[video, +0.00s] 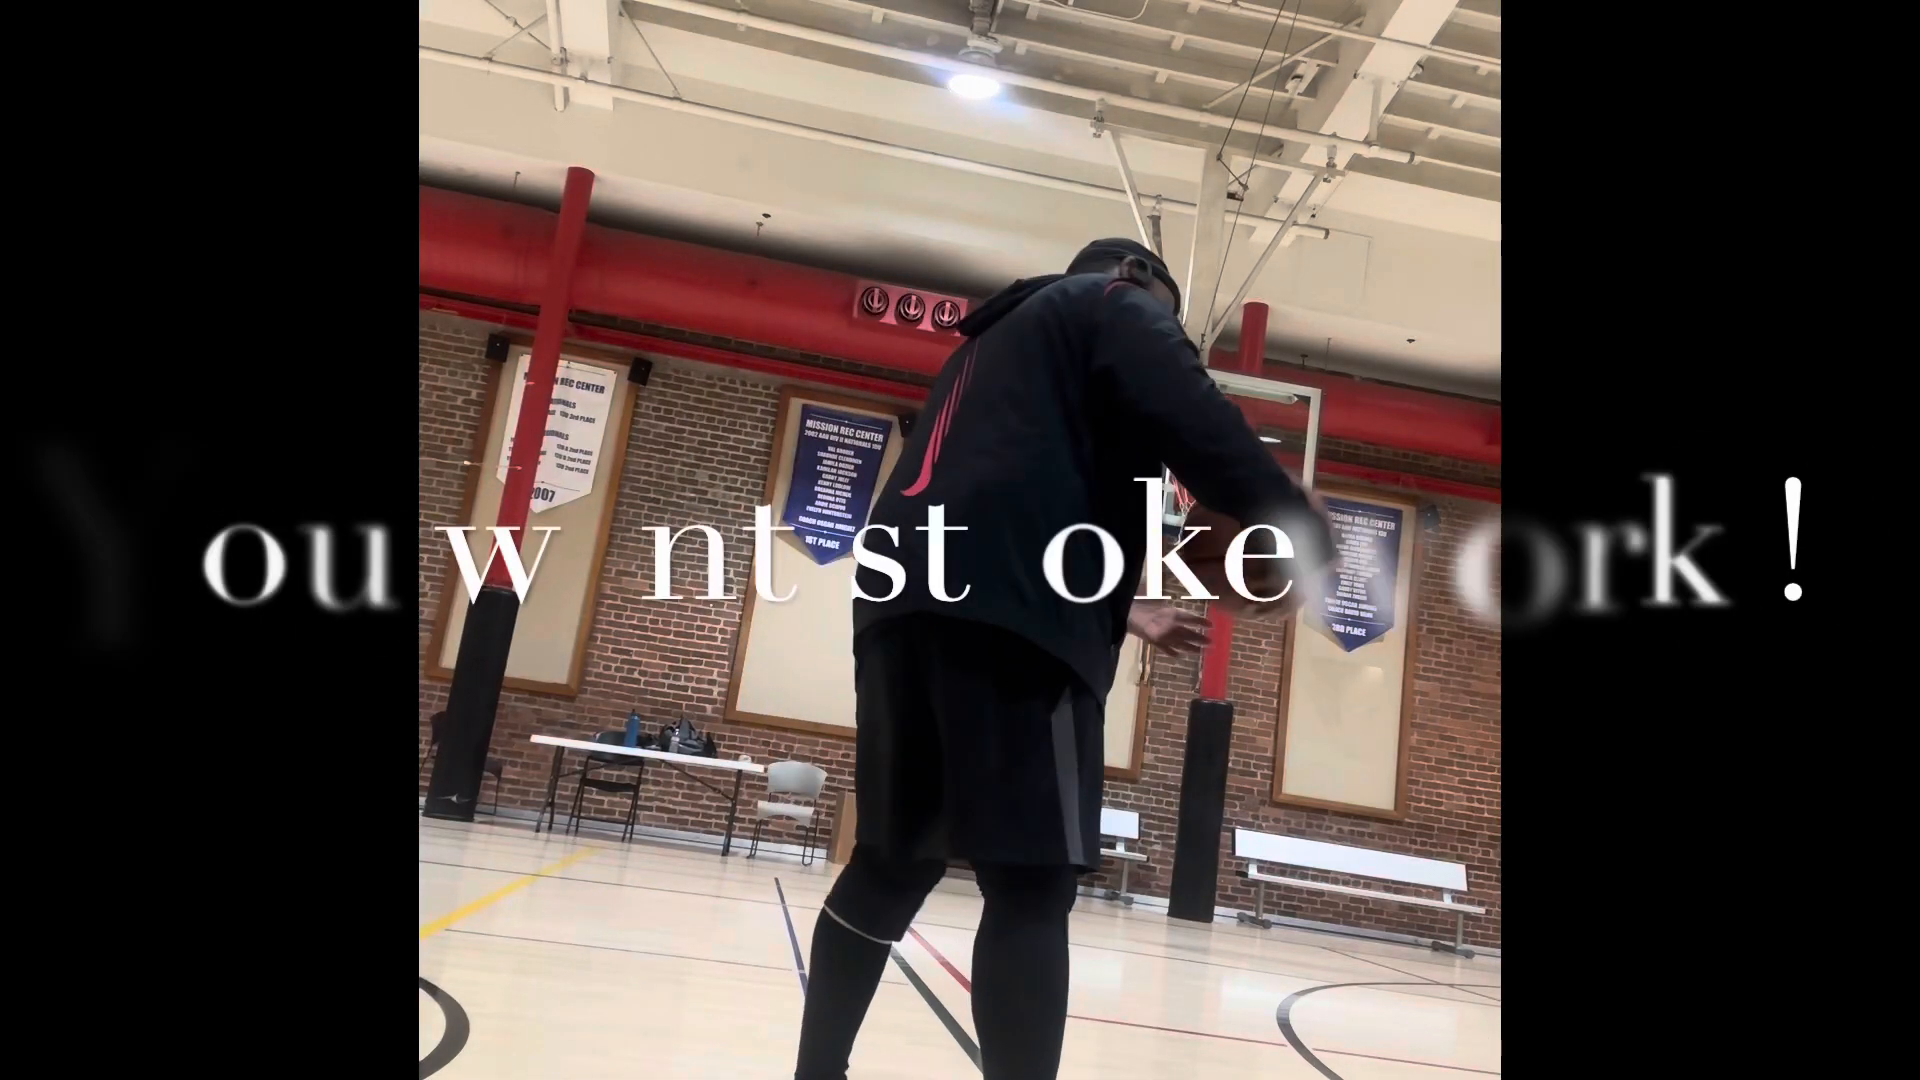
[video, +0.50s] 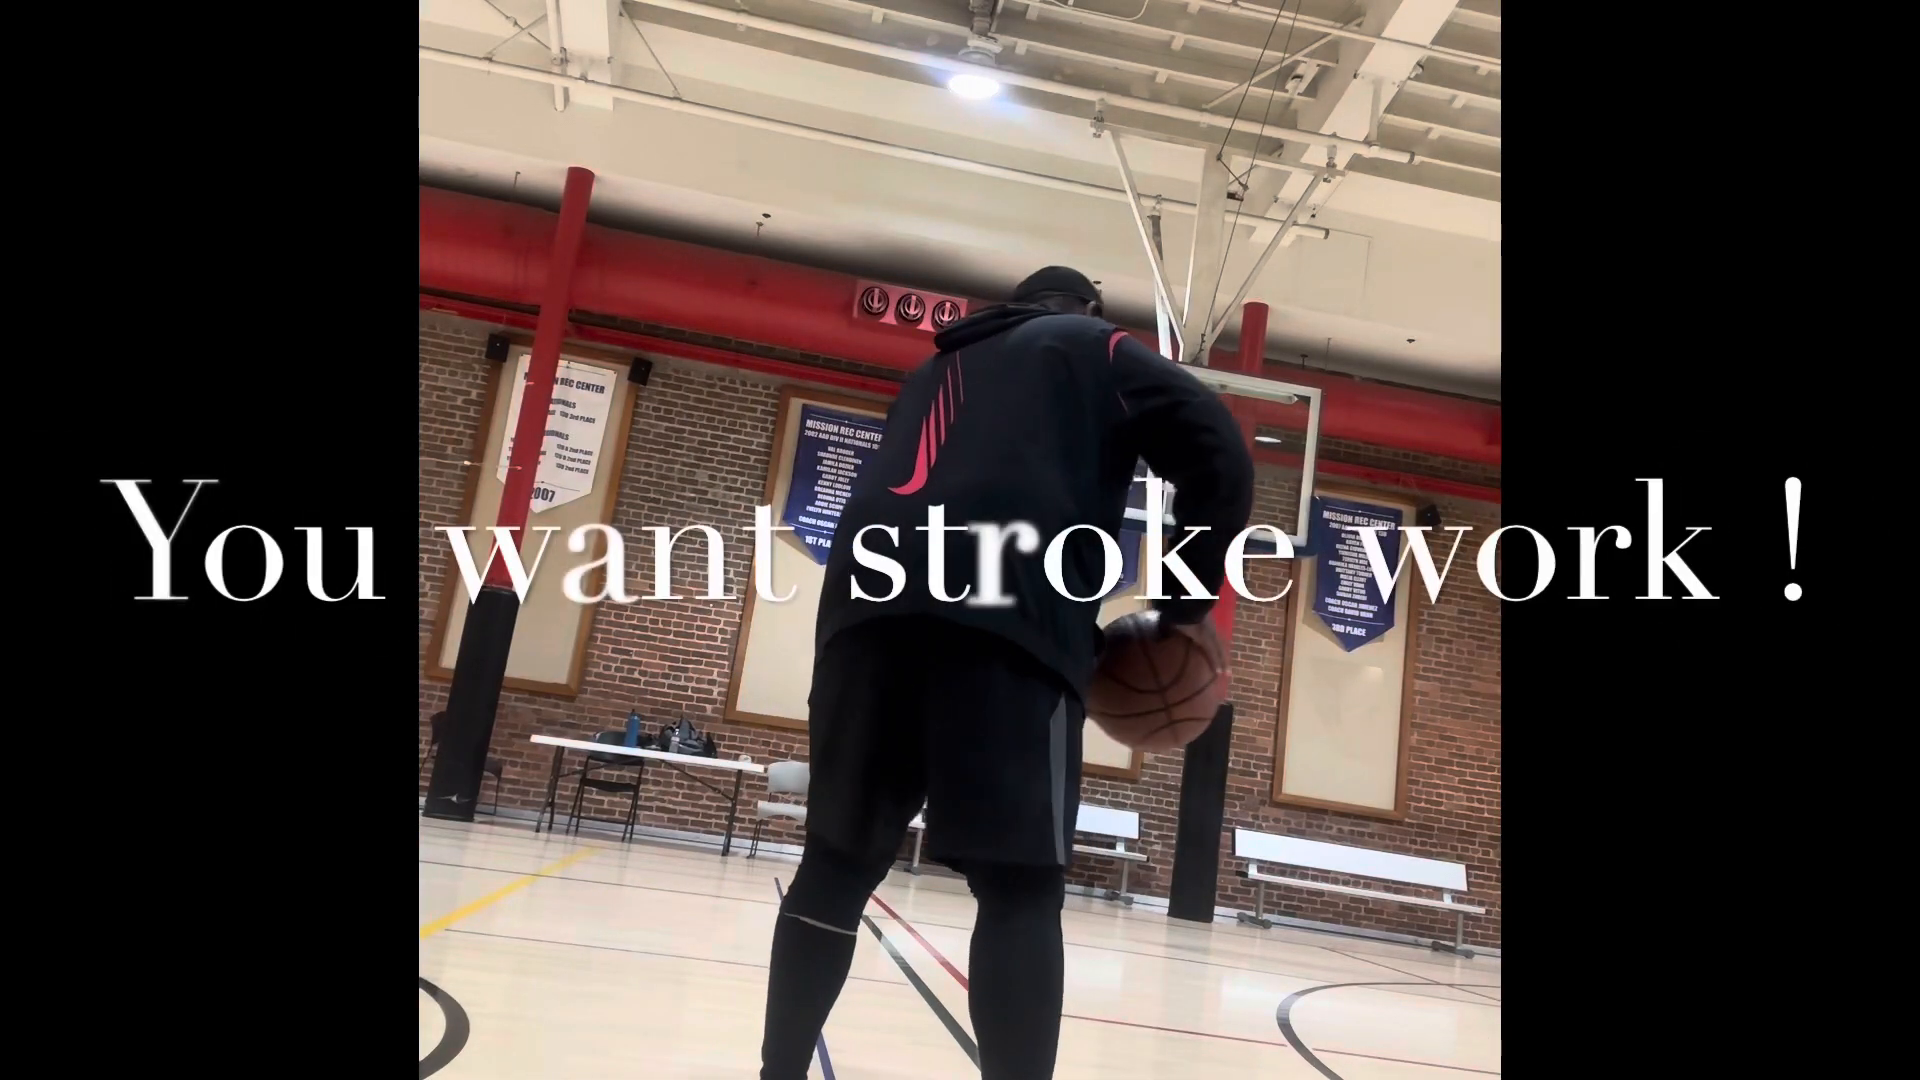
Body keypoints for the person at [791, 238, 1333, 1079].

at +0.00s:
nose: (1163, 333)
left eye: (1166, 321)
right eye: (1161, 315)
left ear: (1082, 273)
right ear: (1131, 282)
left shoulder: (992, 341)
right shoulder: (1115, 309)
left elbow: (1000, 507)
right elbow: (1204, 428)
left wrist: (1127, 599)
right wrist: (1298, 525)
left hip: (895, 611)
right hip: (1012, 626)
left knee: (892, 859)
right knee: (1030, 885)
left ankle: (817, 1068)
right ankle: (1020, 1071)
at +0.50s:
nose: (1107, 332)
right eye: (1108, 322)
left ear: (1012, 306)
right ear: (1089, 312)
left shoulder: (936, 367)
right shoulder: (1099, 345)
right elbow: (1220, 450)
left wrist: (1075, 640)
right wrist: (1183, 607)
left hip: (864, 619)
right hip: (1003, 626)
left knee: (836, 859)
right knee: (1019, 888)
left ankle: (781, 1067)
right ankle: (1017, 1072)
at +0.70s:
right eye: (1059, 314)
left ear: (965, 311)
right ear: (1045, 315)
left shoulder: (892, 379)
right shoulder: (1074, 363)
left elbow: (859, 511)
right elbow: (1163, 486)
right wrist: (1095, 623)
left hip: (858, 633)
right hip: (1005, 644)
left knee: (834, 855)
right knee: (1011, 888)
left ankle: (780, 1069)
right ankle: (1014, 1072)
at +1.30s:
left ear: (884, 356)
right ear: (964, 364)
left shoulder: (825, 421)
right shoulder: (1012, 447)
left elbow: (794, 502)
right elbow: (1046, 577)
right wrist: (981, 599)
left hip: (831, 698)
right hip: (962, 710)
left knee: (814, 882)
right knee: (932, 872)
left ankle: (779, 1067)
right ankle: (977, 1067)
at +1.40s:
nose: (962, 382)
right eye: (965, 369)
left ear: (889, 366)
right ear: (968, 374)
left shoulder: (834, 431)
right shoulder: (1007, 456)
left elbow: (803, 443)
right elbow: (1083, 558)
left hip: (839, 705)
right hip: (967, 717)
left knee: (812, 894)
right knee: (918, 889)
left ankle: (783, 1071)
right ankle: (981, 1072)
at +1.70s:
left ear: (925, 327)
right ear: (1003, 336)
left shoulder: (885, 393)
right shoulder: (1047, 420)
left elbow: (858, 318)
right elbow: (1092, 392)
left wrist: (936, 262)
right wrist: (1052, 308)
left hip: (879, 684)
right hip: (993, 702)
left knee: (804, 873)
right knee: (943, 889)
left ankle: (794, 1050)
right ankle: (986, 1068)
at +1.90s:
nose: (978, 227)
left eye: (967, 217)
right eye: (1011, 218)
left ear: (952, 236)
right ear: (1040, 242)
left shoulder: (920, 289)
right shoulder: (1060, 317)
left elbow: (874, 225)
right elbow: (1068, 253)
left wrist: (877, 152)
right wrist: (1081, 205)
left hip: (897, 585)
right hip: (1009, 599)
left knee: (849, 781)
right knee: (989, 798)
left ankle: (810, 1008)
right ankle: (1003, 1030)